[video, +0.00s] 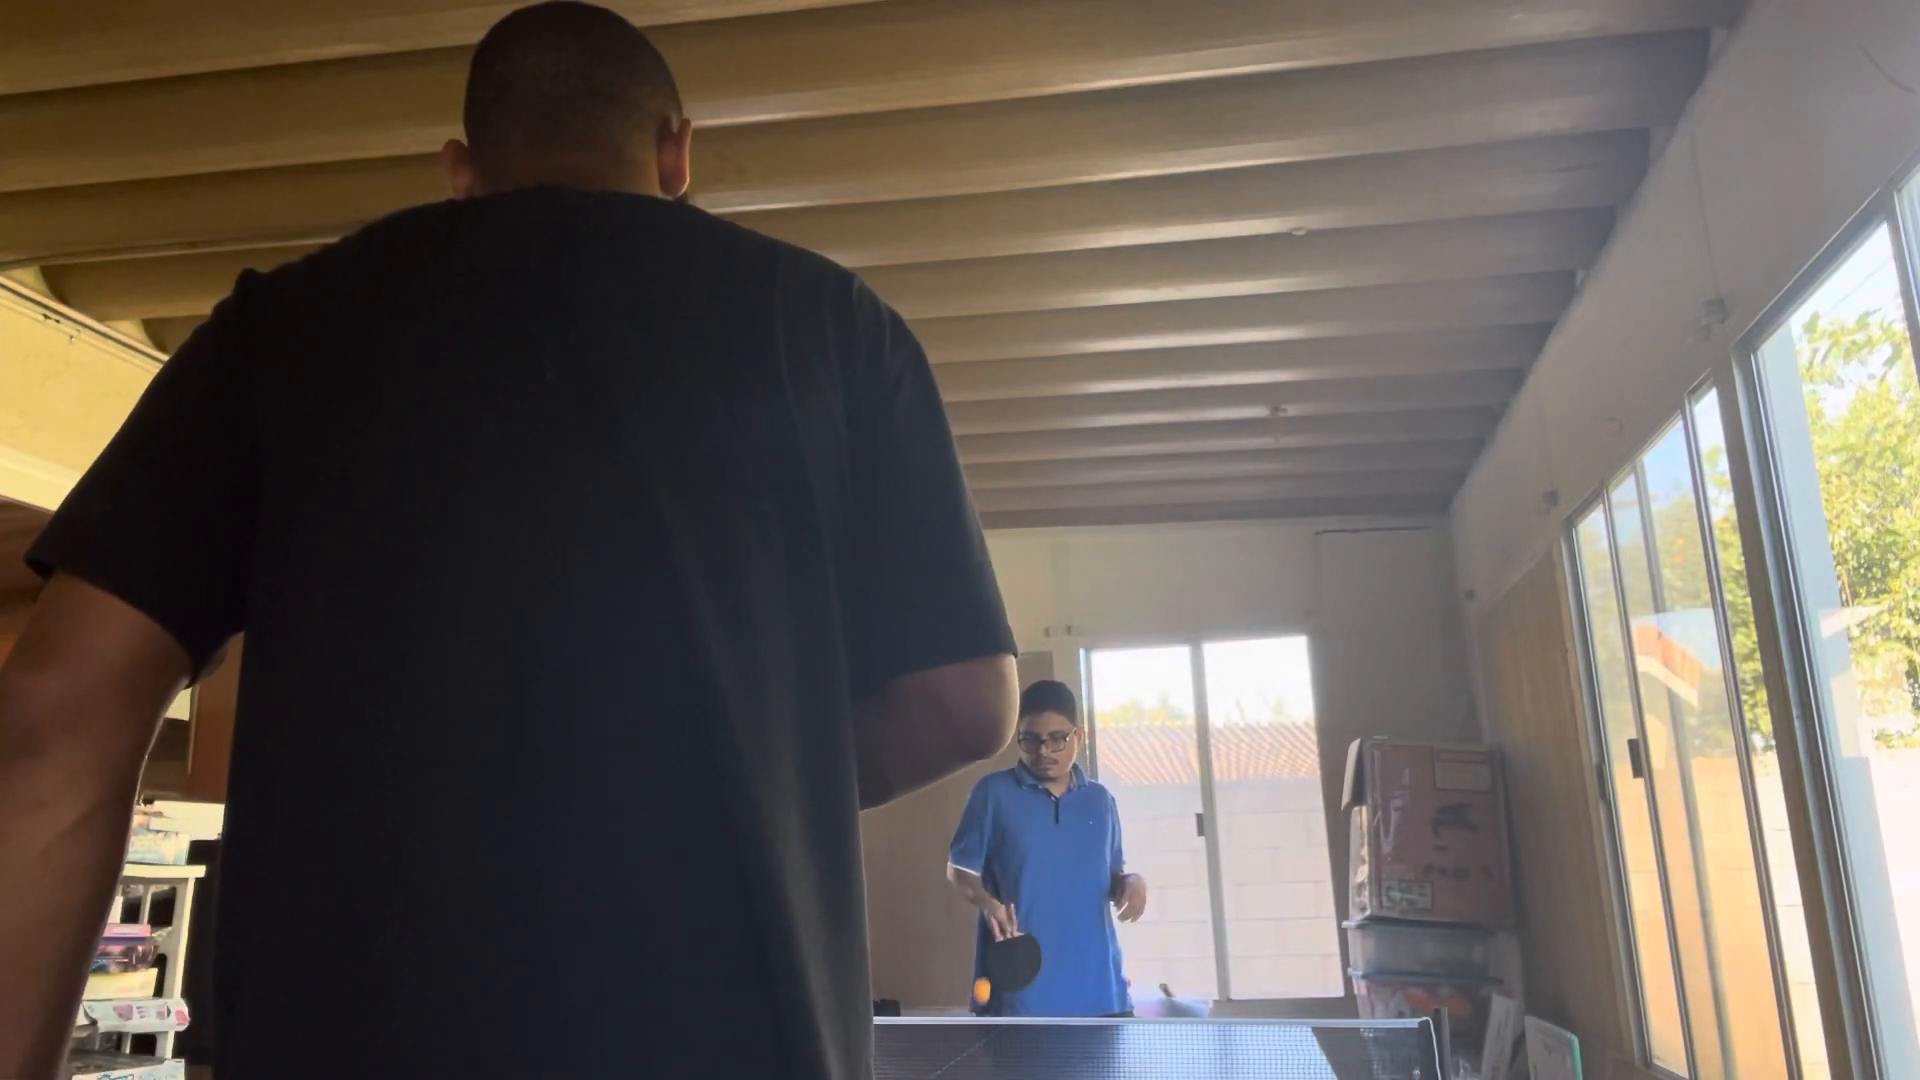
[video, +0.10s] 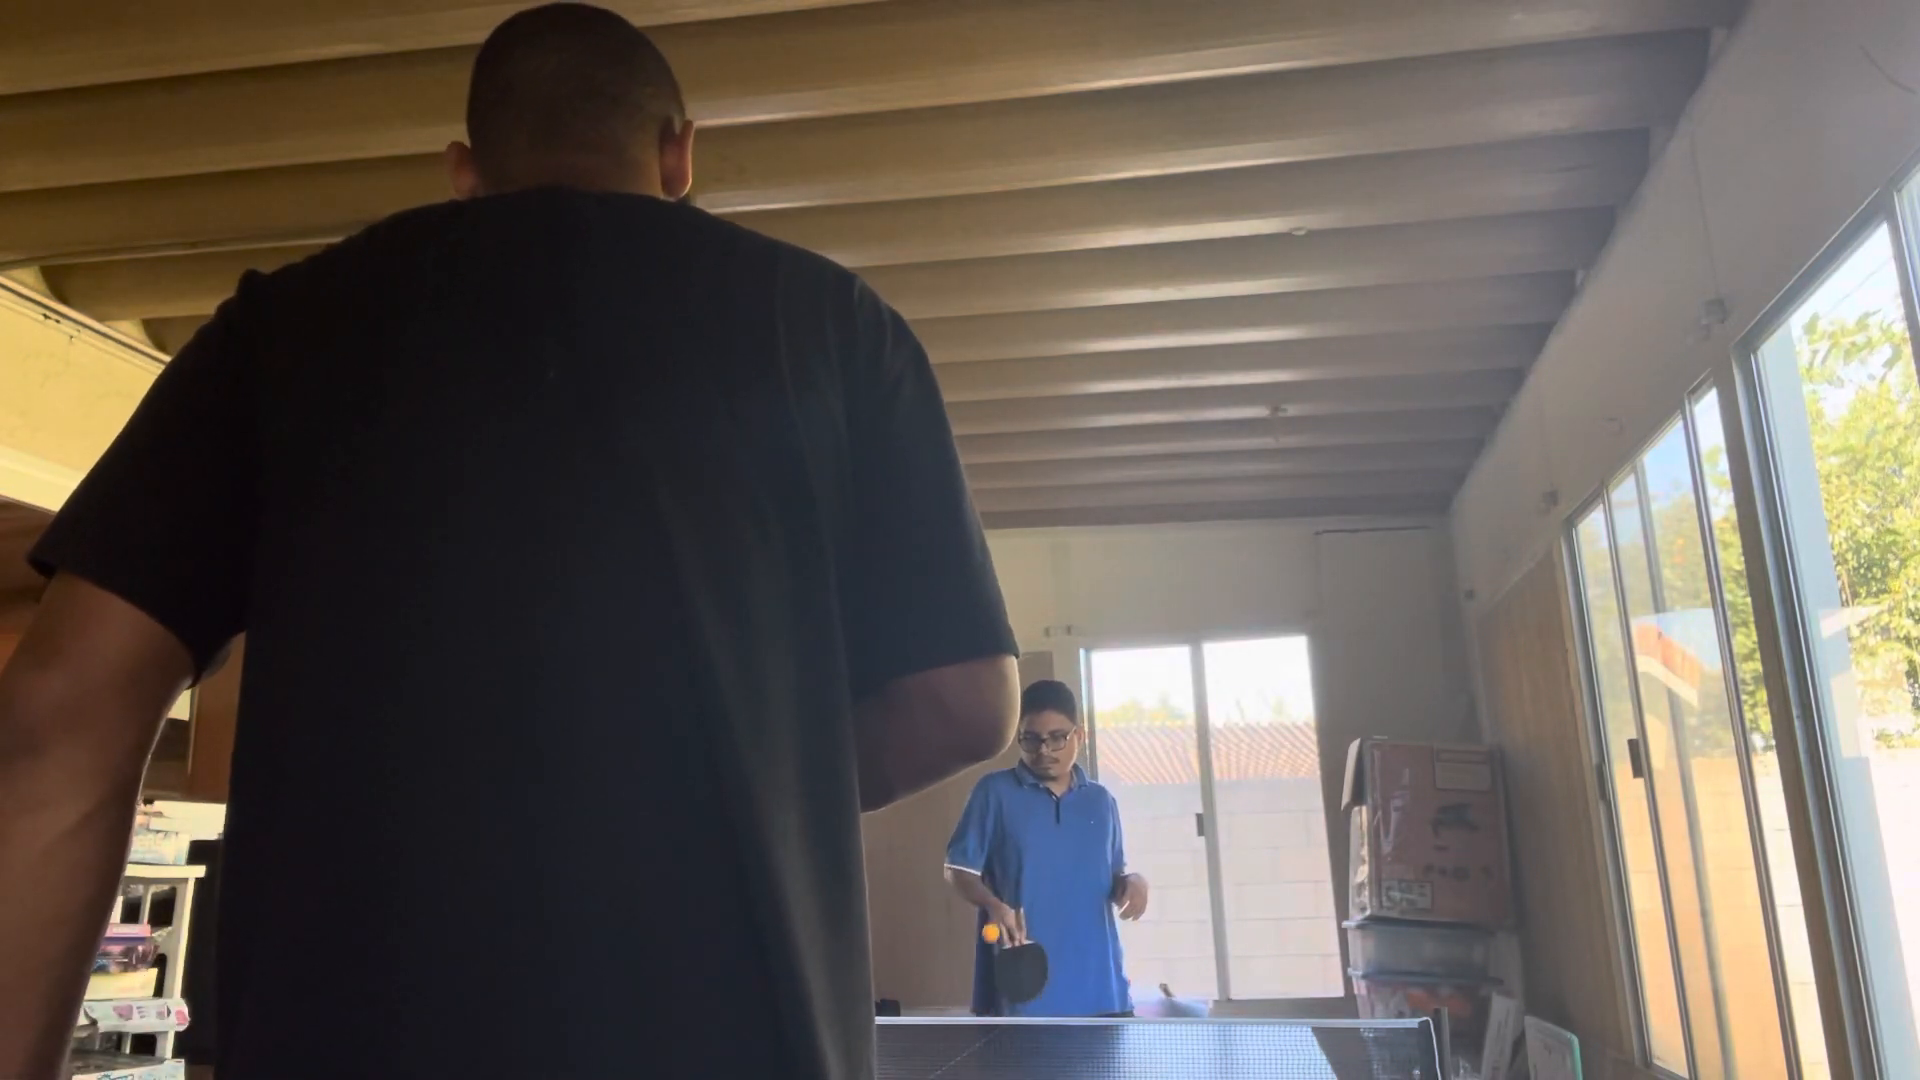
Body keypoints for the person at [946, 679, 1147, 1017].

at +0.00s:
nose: (1044, 751)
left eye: (1057, 738)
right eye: (1031, 739)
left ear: (1078, 738)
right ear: (1017, 738)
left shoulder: (1100, 801)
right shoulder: (994, 794)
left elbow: (1111, 879)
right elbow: (959, 870)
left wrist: (1133, 882)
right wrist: (988, 903)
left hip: (1097, 993)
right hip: (1022, 996)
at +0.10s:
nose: (1045, 750)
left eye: (1057, 737)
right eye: (1032, 738)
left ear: (1079, 737)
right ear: (1018, 738)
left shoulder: (1100, 801)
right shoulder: (995, 793)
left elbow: (1113, 881)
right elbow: (959, 869)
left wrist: (1134, 882)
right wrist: (995, 906)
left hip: (1098, 992)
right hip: (1023, 997)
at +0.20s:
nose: (1045, 749)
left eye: (1058, 736)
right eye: (1032, 738)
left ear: (1079, 736)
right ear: (1018, 739)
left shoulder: (1101, 801)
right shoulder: (995, 794)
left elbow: (1113, 884)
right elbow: (959, 873)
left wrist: (1135, 883)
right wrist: (995, 897)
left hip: (1098, 993)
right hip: (1024, 998)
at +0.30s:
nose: (1045, 746)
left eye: (1057, 734)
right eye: (1032, 736)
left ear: (1079, 736)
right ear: (1019, 738)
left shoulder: (1102, 801)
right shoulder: (996, 794)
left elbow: (1118, 879)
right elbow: (959, 877)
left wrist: (1137, 878)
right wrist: (986, 868)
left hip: (1100, 994)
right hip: (1023, 997)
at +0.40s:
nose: (1046, 743)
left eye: (1058, 731)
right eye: (1033, 733)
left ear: (1079, 734)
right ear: (1018, 738)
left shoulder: (1102, 800)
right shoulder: (996, 795)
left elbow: (1118, 881)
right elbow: (958, 879)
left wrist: (1140, 877)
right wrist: (990, 847)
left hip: (1102, 991)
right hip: (1027, 995)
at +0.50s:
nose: (1048, 741)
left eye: (1060, 728)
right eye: (1035, 731)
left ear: (1080, 733)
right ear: (1022, 737)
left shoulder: (1103, 800)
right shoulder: (996, 797)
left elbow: (1116, 883)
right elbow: (959, 884)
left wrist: (1139, 878)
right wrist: (994, 849)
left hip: (1104, 992)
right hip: (1029, 996)